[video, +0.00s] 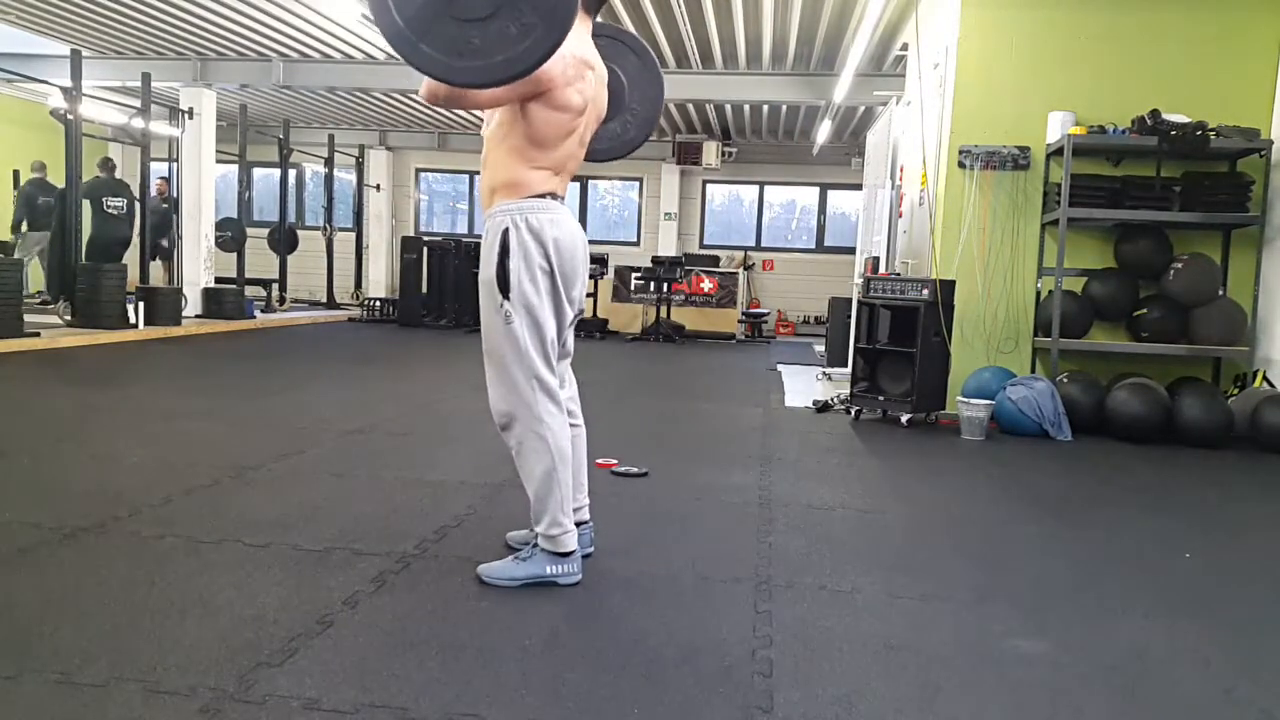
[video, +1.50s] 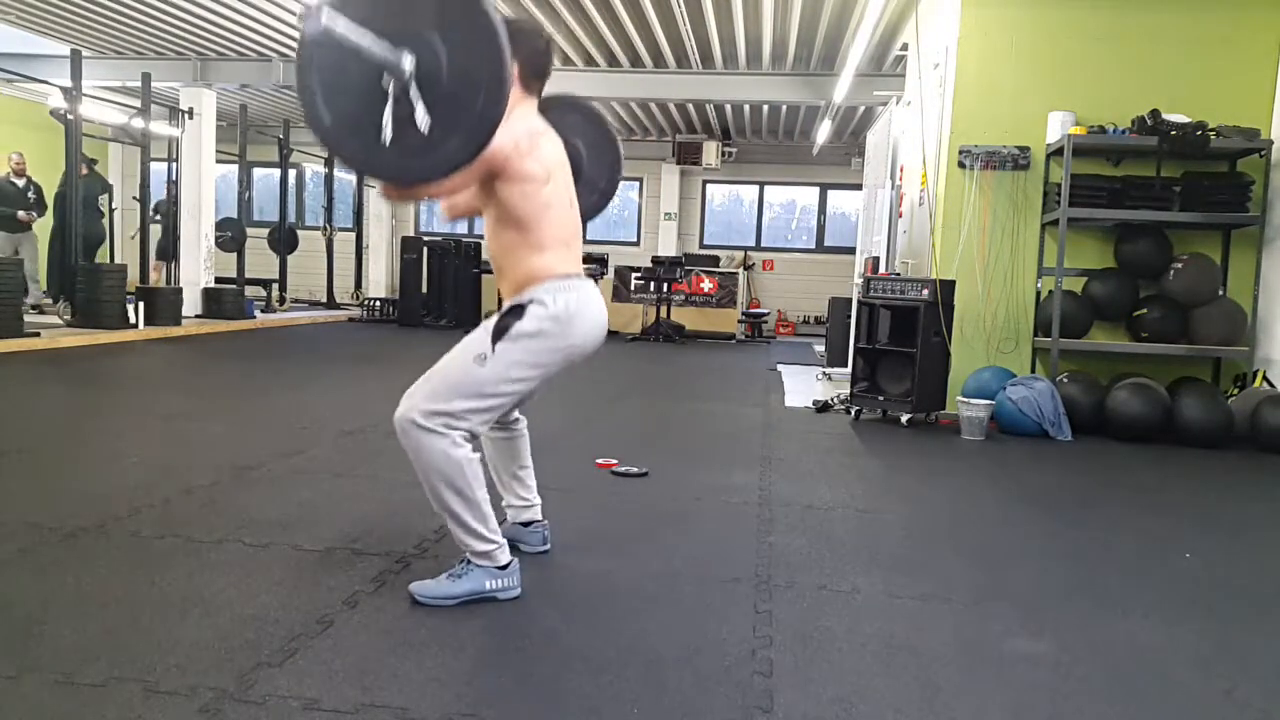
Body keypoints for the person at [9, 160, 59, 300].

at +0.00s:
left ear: (31, 171)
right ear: (45, 171)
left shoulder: (27, 187)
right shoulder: (54, 189)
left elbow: (20, 210)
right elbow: (60, 211)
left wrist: (15, 229)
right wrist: (57, 228)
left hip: (34, 232)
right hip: (51, 232)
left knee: (19, 261)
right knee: (49, 265)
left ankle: (20, 291)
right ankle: (50, 293)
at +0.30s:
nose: (28, 173)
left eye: (26, 171)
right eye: (28, 171)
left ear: (13, 170)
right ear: (27, 171)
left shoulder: (3, 186)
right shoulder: (33, 189)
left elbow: (2, 210)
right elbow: (41, 213)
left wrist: (6, 223)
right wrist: (45, 232)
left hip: (10, 230)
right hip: (32, 231)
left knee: (9, 267)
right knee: (39, 265)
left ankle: (9, 299)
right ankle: (44, 296)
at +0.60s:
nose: (24, 169)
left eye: (24, 166)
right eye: (23, 166)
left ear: (8, 166)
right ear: (19, 167)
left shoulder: (3, 181)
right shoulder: (13, 185)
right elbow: (19, 210)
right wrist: (27, 231)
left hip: (3, 228)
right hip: (12, 230)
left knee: (5, 263)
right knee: (20, 263)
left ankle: (5, 291)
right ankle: (20, 289)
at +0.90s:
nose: (15, 168)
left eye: (15, 165)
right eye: (11, 165)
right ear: (2, 166)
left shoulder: (13, 185)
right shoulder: (3, 185)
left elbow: (14, 210)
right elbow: (2, 213)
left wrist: (20, 226)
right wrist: (14, 227)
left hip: (11, 230)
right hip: (3, 230)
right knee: (4, 264)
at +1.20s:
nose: (12, 165)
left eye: (12, 162)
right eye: (7, 162)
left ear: (14, 163)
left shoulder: (21, 185)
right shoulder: (1, 184)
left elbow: (26, 205)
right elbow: (1, 208)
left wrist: (28, 215)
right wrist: (9, 216)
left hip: (15, 231)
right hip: (2, 231)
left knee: (22, 265)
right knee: (3, 268)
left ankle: (20, 297)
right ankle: (4, 298)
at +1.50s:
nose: (21, 166)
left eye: (22, 163)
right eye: (17, 164)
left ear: (26, 164)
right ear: (10, 165)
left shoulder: (34, 186)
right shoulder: (3, 184)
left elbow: (43, 206)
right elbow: (1, 209)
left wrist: (34, 214)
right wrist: (15, 214)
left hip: (27, 234)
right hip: (6, 233)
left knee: (31, 270)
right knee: (6, 270)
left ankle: (35, 302)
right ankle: (7, 302)